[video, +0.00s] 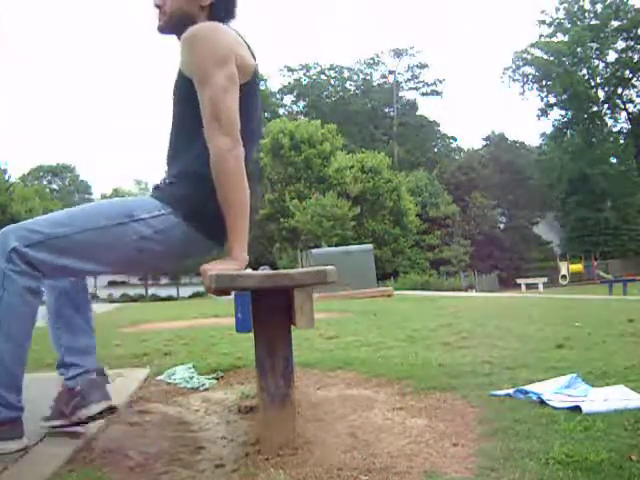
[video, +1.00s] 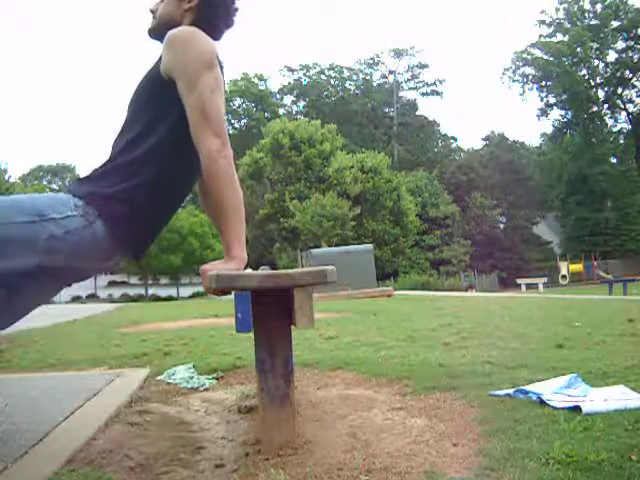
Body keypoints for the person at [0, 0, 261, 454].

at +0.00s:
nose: (158, 1)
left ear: (202, 1)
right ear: (206, 5)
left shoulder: (208, 38)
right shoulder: (224, 42)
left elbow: (227, 144)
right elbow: (231, 149)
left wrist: (237, 254)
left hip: (176, 219)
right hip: (187, 223)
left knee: (16, 247)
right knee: (55, 252)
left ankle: (6, 417)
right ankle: (83, 383)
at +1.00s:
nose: (154, 5)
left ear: (189, 6)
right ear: (189, 9)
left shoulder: (188, 42)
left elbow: (216, 148)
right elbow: (207, 175)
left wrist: (236, 255)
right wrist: (237, 251)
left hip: (90, 219)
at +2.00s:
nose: (115, 64)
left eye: (125, 53)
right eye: (120, 53)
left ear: (152, 59)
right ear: (154, 61)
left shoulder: (150, 88)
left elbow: (234, 151)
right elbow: (238, 153)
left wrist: (239, 257)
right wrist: (241, 256)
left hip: (124, 289)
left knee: (5, 345)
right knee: (7, 346)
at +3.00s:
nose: (78, 40)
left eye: (88, 31)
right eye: (84, 31)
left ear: (113, 39)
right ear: (112, 41)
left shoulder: (124, 80)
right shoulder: (136, 87)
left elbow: (209, 150)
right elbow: (200, 177)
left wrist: (233, 256)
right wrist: (234, 253)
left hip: (107, 267)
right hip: (111, 268)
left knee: (3, 326)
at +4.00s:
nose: (64, 99)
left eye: (73, 86)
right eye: (69, 86)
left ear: (101, 91)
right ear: (102, 92)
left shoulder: (114, 122)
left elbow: (222, 154)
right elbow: (211, 190)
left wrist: (239, 259)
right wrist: (243, 251)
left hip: (134, 308)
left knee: (3, 338)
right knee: (9, 326)